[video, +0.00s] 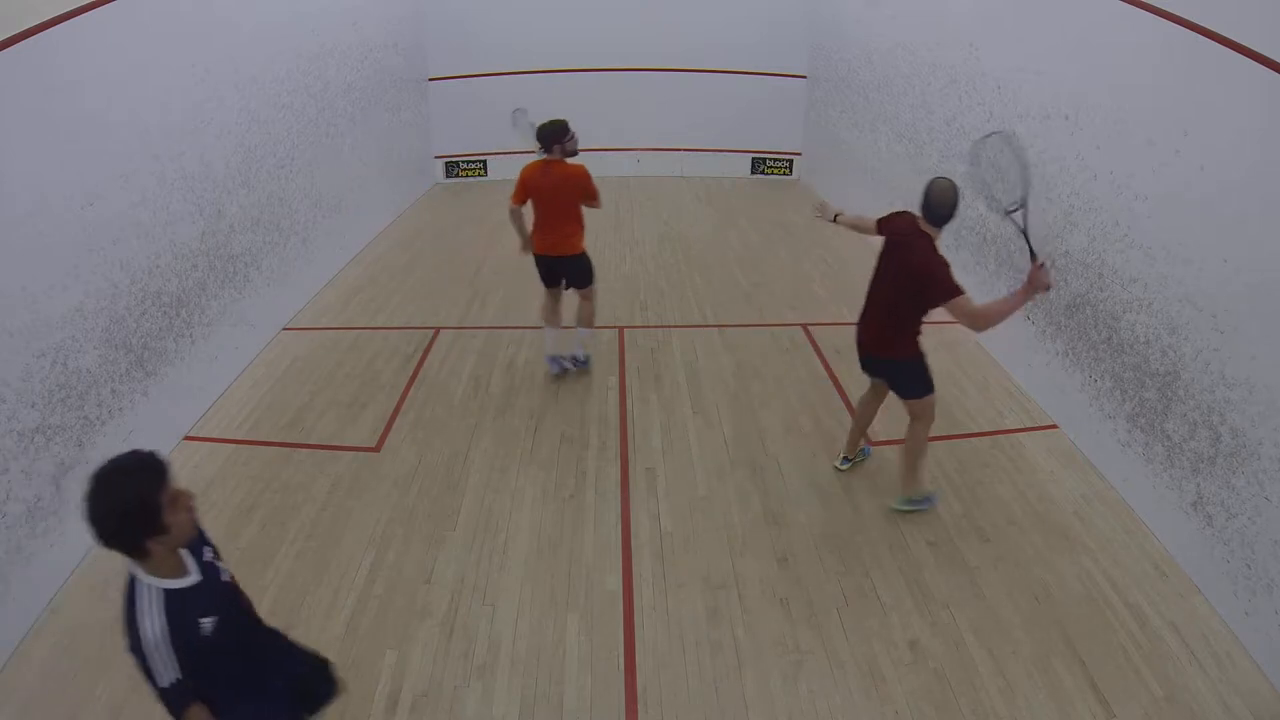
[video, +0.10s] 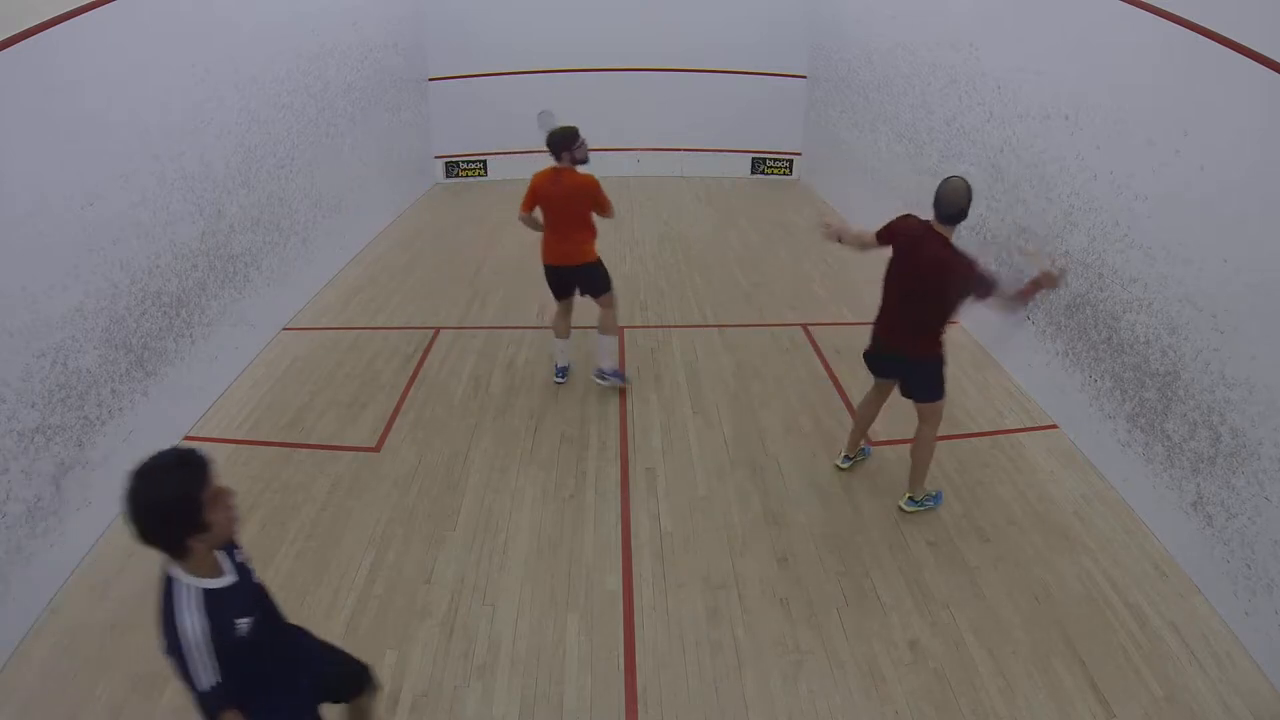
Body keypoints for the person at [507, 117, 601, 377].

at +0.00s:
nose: (576, 139)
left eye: (573, 135)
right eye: (570, 137)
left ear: (547, 146)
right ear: (558, 145)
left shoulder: (530, 172)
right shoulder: (577, 172)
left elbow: (514, 208)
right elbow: (594, 202)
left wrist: (524, 237)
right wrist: (567, 190)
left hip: (542, 250)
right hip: (571, 251)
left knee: (552, 294)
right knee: (586, 296)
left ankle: (552, 353)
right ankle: (580, 351)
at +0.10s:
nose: (586, 148)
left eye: (584, 143)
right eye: (581, 146)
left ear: (559, 154)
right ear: (567, 153)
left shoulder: (540, 180)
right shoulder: (586, 183)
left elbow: (524, 216)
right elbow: (607, 212)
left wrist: (545, 229)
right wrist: (581, 198)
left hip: (553, 261)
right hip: (585, 260)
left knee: (563, 306)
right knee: (607, 304)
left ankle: (561, 366)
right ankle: (606, 367)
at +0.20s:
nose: (598, 154)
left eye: (595, 150)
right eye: (592, 152)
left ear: (572, 162)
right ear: (579, 160)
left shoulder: (554, 190)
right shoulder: (599, 193)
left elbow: (539, 227)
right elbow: (619, 226)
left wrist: (565, 231)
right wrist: (593, 212)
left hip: (565, 269)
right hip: (597, 270)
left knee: (568, 311)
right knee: (615, 322)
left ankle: (562, 367)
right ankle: (620, 391)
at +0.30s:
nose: (606, 155)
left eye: (603, 151)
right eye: (603, 152)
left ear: (576, 161)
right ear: (596, 159)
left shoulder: (564, 192)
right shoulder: (616, 192)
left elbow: (550, 231)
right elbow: (628, 232)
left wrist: (573, 233)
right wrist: (602, 229)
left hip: (576, 272)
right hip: (610, 273)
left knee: (567, 314)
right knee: (623, 325)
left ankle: (561, 368)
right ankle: (626, 389)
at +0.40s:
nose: (608, 159)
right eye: (608, 155)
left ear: (581, 163)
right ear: (608, 160)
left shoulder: (572, 196)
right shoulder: (627, 193)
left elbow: (556, 237)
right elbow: (637, 237)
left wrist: (581, 244)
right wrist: (613, 241)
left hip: (584, 272)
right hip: (620, 273)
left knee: (567, 313)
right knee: (635, 319)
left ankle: (560, 371)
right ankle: (649, 377)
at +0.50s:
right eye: (610, 175)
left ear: (589, 181)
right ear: (614, 177)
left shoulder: (579, 215)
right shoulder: (633, 210)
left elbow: (564, 262)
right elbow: (646, 254)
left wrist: (582, 272)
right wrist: (624, 262)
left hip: (593, 289)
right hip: (628, 288)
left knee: (566, 321)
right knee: (645, 330)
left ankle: (554, 383)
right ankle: (670, 388)